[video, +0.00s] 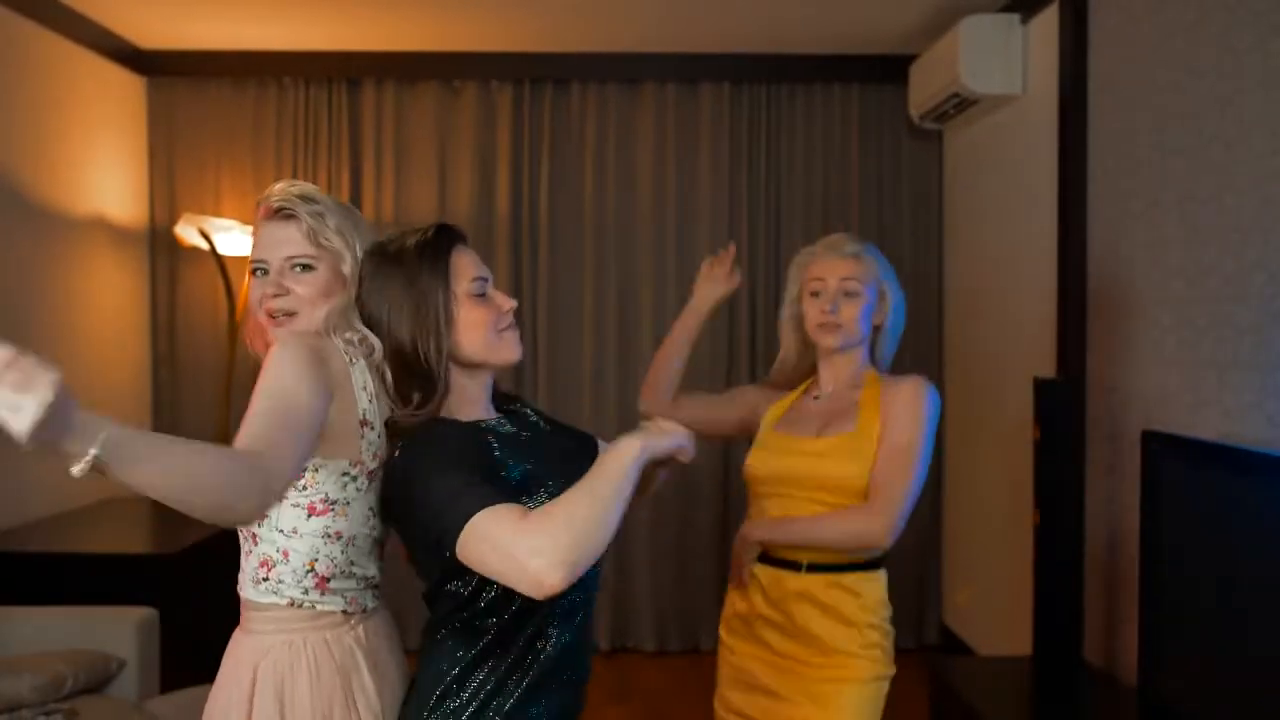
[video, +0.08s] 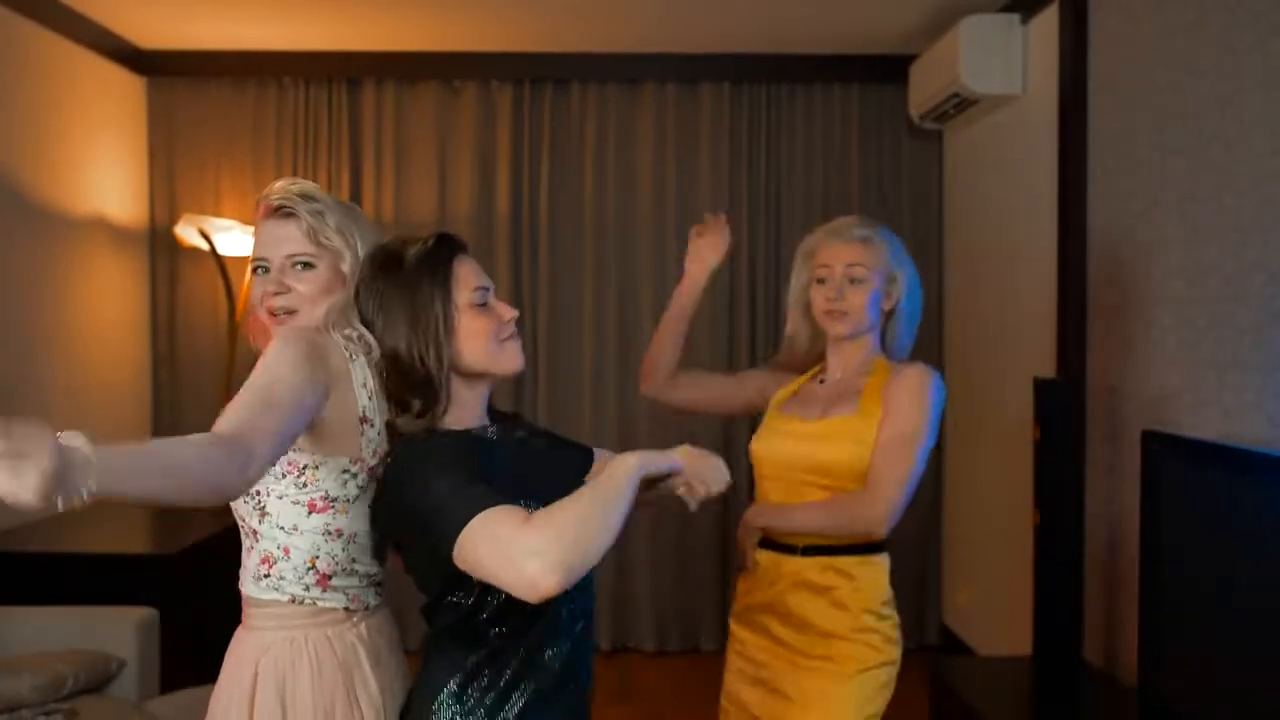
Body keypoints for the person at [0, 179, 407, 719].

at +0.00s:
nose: (275, 287)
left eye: (303, 267)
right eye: (262, 269)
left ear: (354, 280)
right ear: (249, 279)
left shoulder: (305, 356)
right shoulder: (364, 362)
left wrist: (77, 429)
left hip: (295, 654)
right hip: (359, 640)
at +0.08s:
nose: (275, 285)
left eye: (303, 265)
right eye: (263, 267)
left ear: (354, 278)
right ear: (250, 275)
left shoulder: (306, 350)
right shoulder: (363, 356)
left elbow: (233, 458)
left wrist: (78, 467)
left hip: (298, 651)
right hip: (359, 636)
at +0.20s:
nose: (277, 288)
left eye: (305, 269)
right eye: (265, 271)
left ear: (355, 283)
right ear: (252, 282)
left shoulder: (301, 365)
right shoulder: (370, 368)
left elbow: (227, 478)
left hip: (298, 660)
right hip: (368, 645)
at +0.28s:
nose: (276, 298)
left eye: (306, 278)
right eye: (266, 279)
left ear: (358, 291)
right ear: (254, 290)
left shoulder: (308, 387)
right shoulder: (375, 381)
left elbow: (236, 536)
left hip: (302, 669)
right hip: (368, 656)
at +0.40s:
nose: (275, 309)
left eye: (305, 291)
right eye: (265, 289)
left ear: (356, 306)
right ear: (252, 303)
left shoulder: (310, 413)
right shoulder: (363, 407)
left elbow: (273, 607)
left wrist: (176, 714)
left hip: (306, 674)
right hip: (362, 659)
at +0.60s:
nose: (272, 310)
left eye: (302, 293)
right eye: (261, 292)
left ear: (351, 309)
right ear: (248, 304)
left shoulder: (297, 408)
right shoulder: (361, 403)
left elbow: (315, 623)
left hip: (315, 688)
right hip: (366, 678)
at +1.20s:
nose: (288, 298)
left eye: (318, 281)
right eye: (277, 279)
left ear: (369, 297)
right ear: (264, 293)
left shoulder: (318, 390)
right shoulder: (379, 387)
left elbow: (281, 600)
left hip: (328, 681)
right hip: (388, 666)